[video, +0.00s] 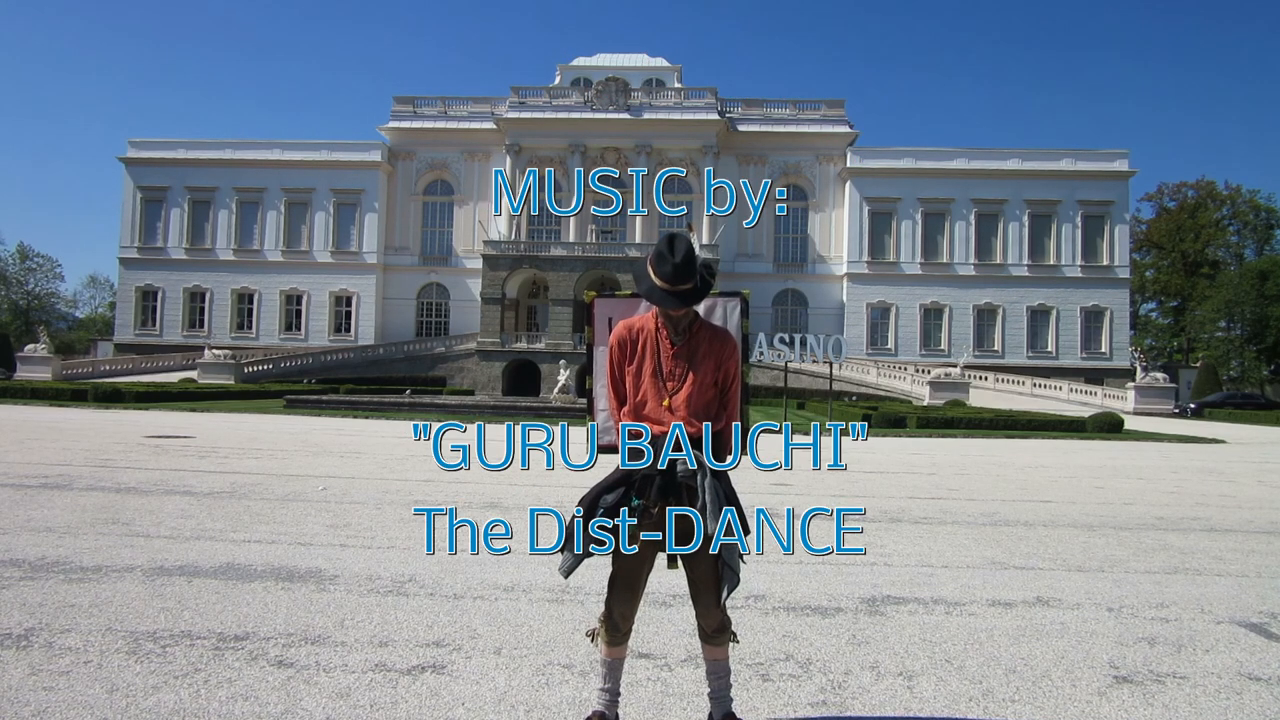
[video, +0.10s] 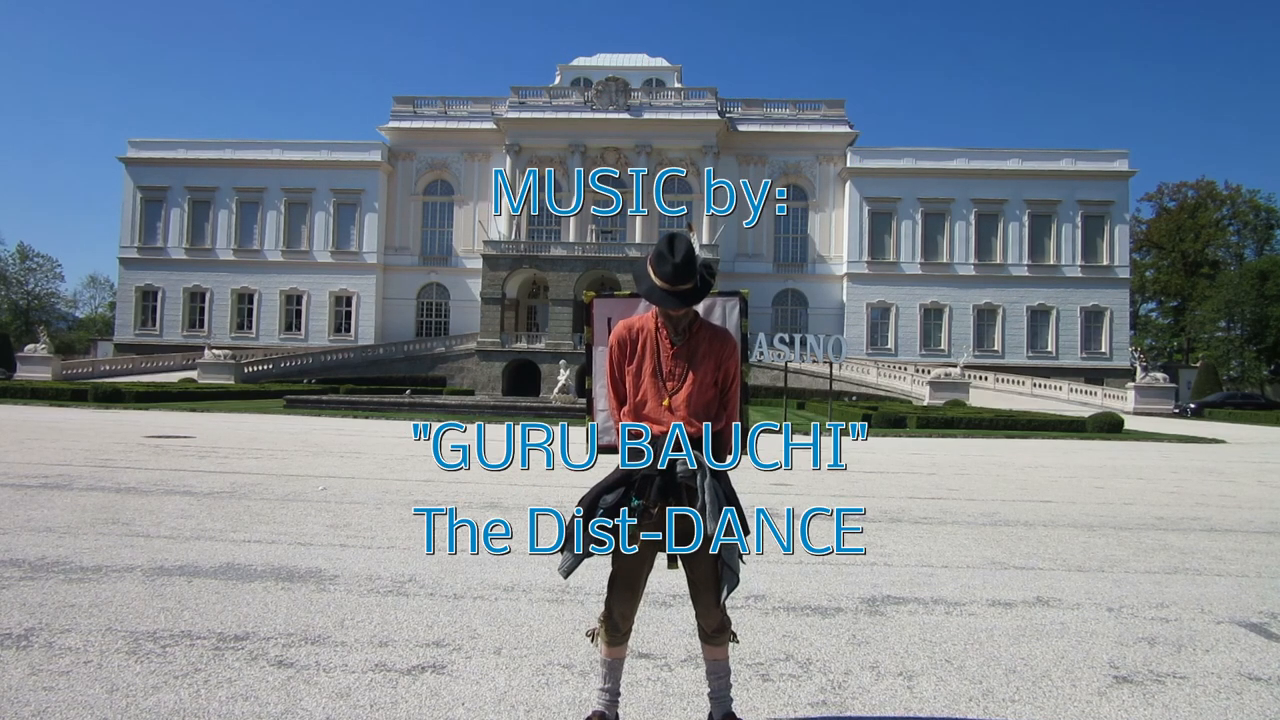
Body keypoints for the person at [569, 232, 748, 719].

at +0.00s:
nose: (677, 310)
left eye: (685, 300)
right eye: (668, 300)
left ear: (698, 291)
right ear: (652, 290)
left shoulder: (723, 345)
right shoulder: (626, 337)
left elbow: (730, 423)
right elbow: (620, 414)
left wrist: (707, 465)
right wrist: (653, 446)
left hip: (701, 492)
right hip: (642, 488)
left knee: (711, 604)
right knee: (621, 600)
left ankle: (721, 706)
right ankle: (607, 701)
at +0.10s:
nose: (676, 311)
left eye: (684, 301)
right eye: (666, 301)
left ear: (699, 293)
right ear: (652, 291)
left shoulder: (722, 344)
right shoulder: (626, 336)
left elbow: (729, 424)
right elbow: (621, 413)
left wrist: (702, 454)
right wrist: (652, 442)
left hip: (700, 490)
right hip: (641, 486)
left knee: (710, 602)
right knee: (621, 599)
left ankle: (721, 706)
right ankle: (607, 701)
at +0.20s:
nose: (676, 310)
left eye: (684, 301)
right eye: (667, 301)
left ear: (698, 292)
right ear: (652, 290)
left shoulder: (722, 344)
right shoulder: (626, 336)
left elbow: (729, 422)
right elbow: (620, 412)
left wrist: (711, 472)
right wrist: (643, 454)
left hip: (699, 490)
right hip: (641, 487)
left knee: (710, 603)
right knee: (622, 599)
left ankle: (722, 705)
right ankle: (607, 700)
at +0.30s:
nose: (676, 309)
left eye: (684, 300)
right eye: (667, 300)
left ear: (697, 293)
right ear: (652, 291)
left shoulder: (722, 344)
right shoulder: (626, 336)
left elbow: (729, 423)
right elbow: (620, 413)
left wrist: (712, 476)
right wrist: (648, 452)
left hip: (700, 491)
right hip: (641, 487)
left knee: (710, 603)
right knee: (622, 599)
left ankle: (722, 705)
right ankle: (607, 701)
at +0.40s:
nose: (676, 309)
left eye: (684, 300)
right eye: (667, 300)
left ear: (698, 292)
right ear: (652, 291)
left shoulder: (722, 344)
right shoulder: (625, 336)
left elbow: (729, 421)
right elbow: (619, 413)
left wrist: (708, 463)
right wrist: (641, 452)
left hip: (699, 490)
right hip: (642, 487)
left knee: (710, 602)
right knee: (622, 598)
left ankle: (721, 705)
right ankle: (607, 699)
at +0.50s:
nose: (676, 308)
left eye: (684, 299)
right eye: (667, 299)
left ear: (697, 293)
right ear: (653, 291)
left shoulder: (723, 344)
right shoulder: (626, 336)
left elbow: (729, 422)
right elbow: (618, 411)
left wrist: (705, 460)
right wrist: (641, 447)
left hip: (699, 489)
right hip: (640, 486)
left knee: (710, 603)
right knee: (621, 599)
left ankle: (721, 705)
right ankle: (608, 700)